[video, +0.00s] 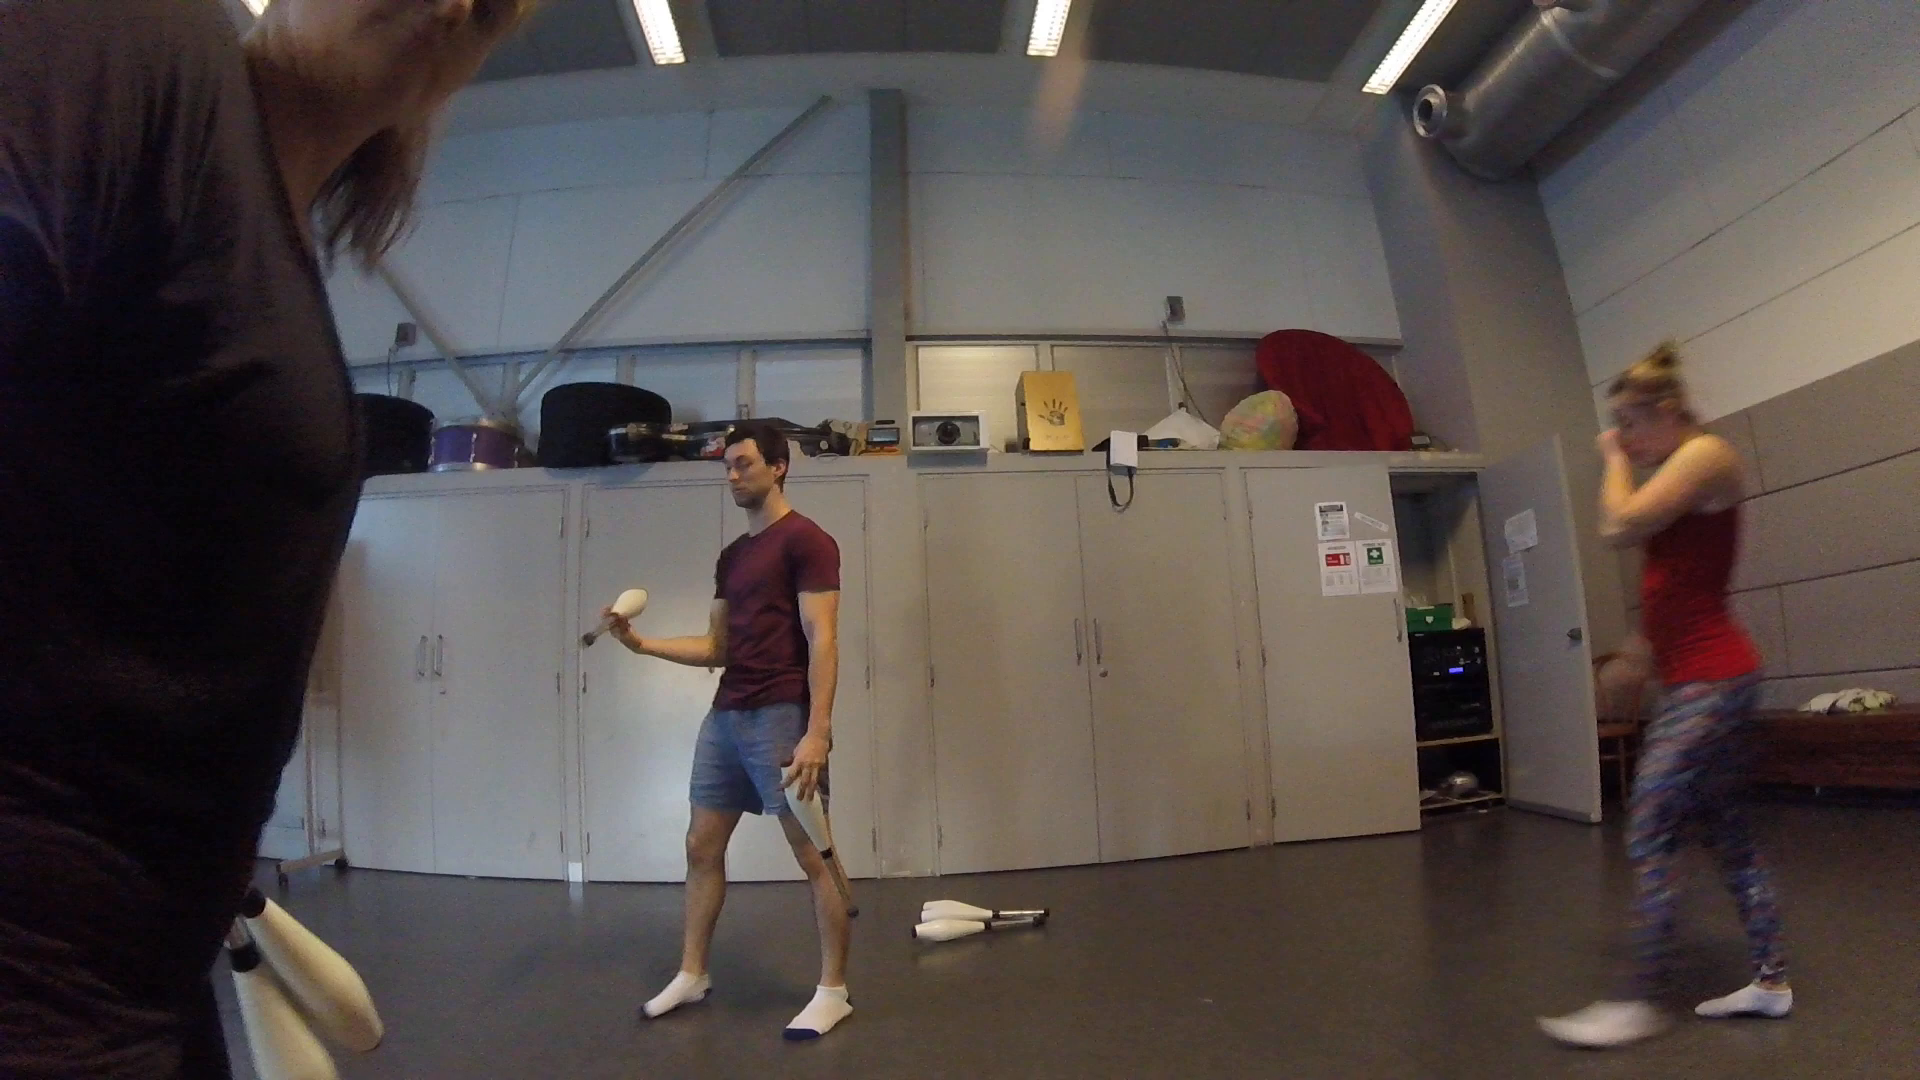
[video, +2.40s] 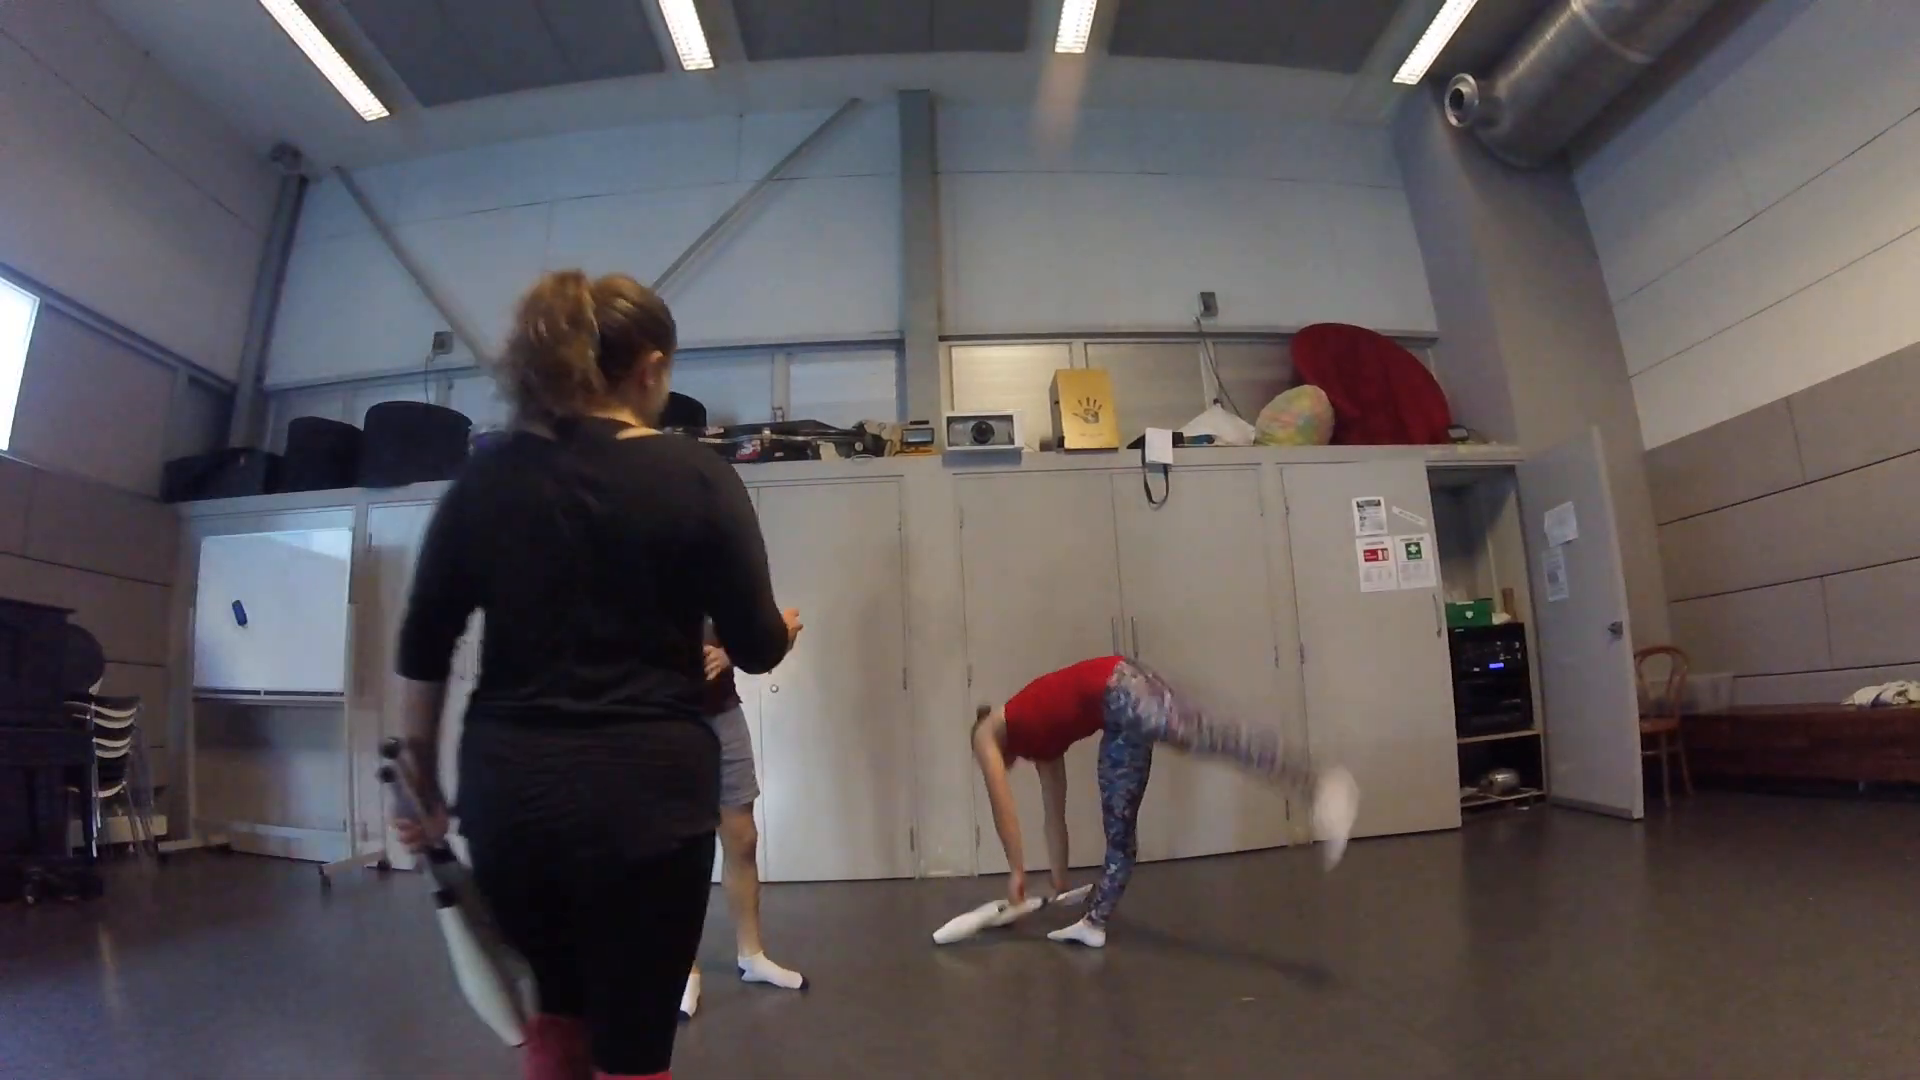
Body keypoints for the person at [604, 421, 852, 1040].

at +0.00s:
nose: (731, 474)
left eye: (742, 463)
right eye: (729, 466)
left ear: (778, 468)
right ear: (732, 476)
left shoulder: (808, 542)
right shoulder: (732, 555)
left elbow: (823, 641)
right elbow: (717, 648)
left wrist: (818, 732)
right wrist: (640, 642)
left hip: (781, 717)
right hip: (725, 717)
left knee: (817, 857)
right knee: (703, 847)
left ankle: (834, 991)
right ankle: (692, 975)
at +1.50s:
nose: (768, 491)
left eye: (773, 483)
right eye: (758, 480)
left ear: (777, 494)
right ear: (728, 488)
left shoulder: (790, 561)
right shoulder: (697, 558)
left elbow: (808, 628)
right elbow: (664, 646)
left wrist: (819, 638)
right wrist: (696, 621)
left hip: (771, 718)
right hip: (708, 717)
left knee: (763, 840)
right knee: (697, 843)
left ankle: (766, 953)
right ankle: (720, 960)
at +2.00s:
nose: (709, 487)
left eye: (719, 478)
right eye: (699, 477)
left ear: (732, 487)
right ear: (680, 484)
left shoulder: (753, 557)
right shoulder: (653, 557)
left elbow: (773, 649)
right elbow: (639, 641)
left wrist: (790, 623)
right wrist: (705, 651)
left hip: (737, 719)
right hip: (672, 722)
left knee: (747, 843)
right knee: (678, 851)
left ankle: (763, 954)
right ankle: (687, 972)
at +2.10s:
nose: (695, 488)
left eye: (705, 478)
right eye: (686, 478)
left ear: (721, 486)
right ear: (669, 486)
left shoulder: (742, 557)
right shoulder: (645, 553)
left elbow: (763, 642)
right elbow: (627, 649)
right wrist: (706, 653)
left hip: (730, 718)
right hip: (665, 722)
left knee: (745, 842)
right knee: (674, 851)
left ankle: (761, 953)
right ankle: (686, 973)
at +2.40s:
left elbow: (754, 621)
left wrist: (727, 652)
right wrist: (683, 658)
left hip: (720, 709)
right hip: (662, 716)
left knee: (742, 842)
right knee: (671, 853)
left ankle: (750, 954)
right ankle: (684, 968)